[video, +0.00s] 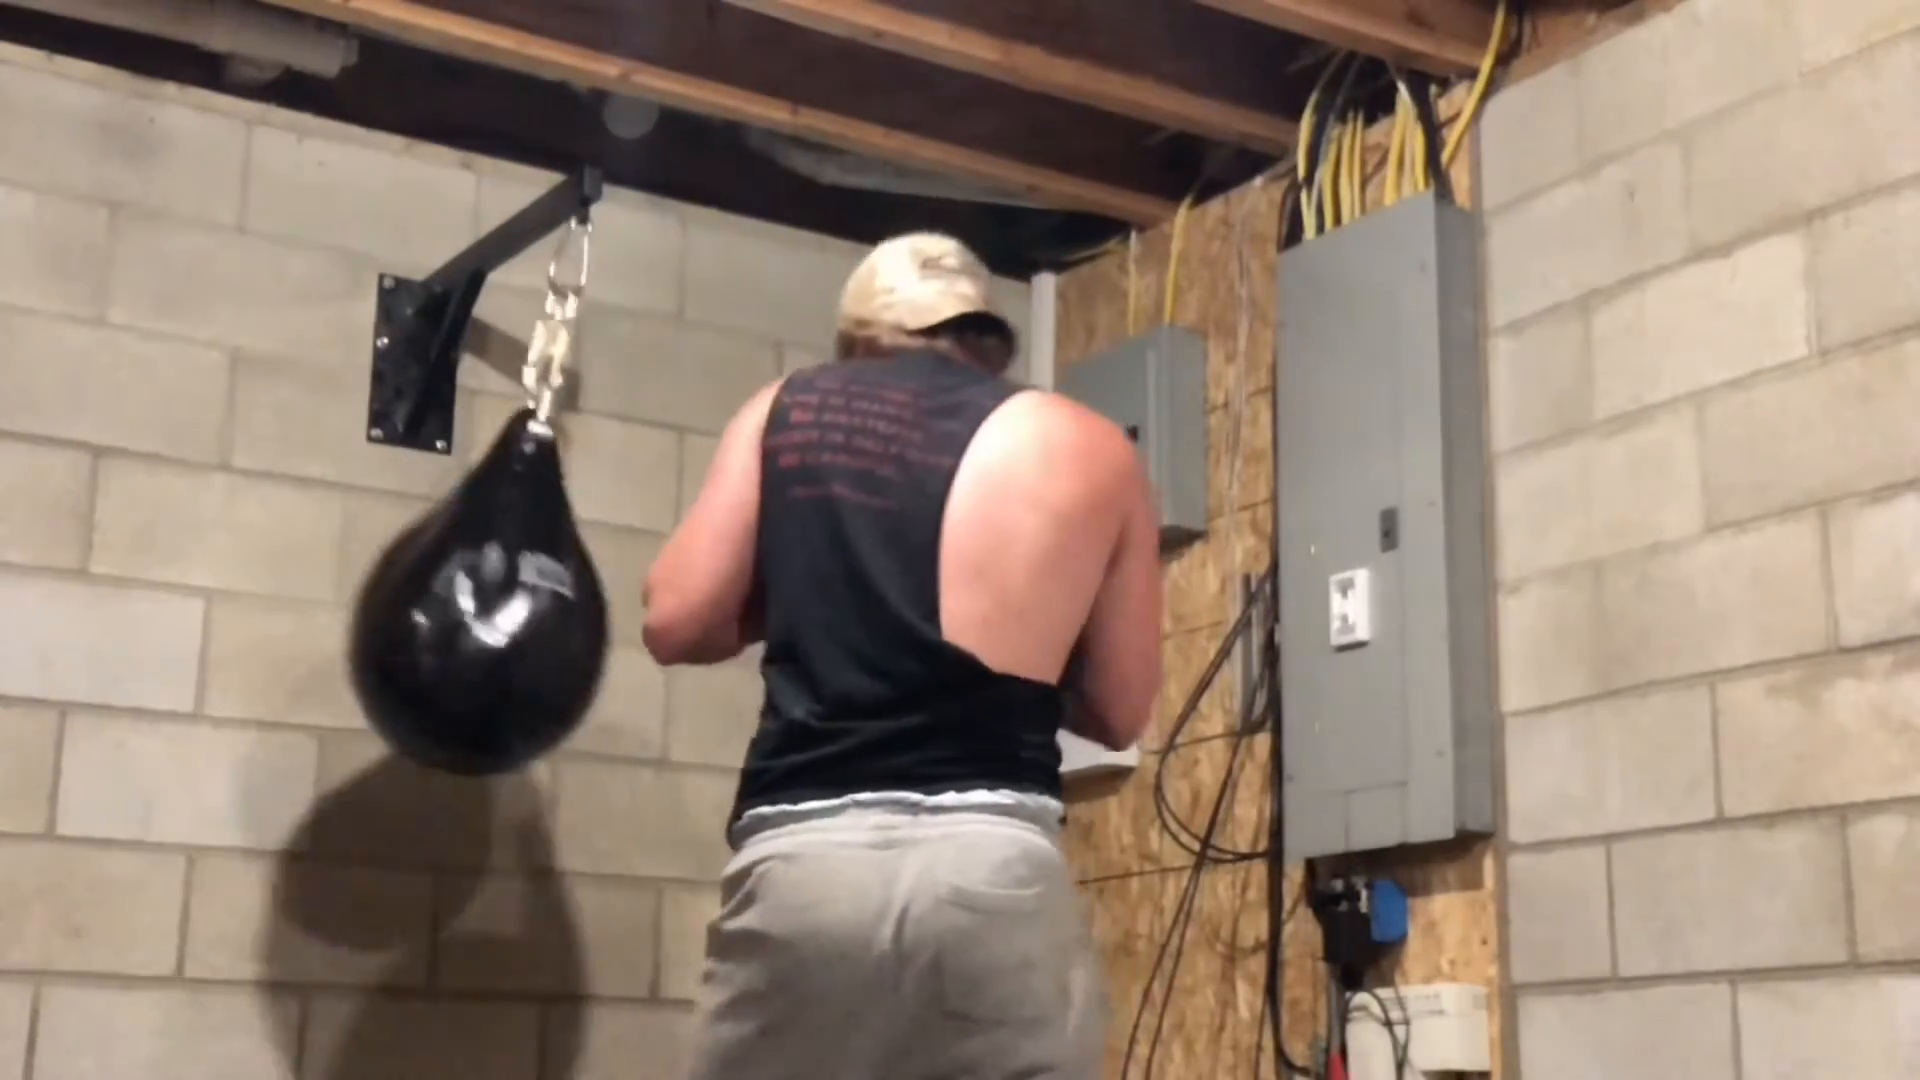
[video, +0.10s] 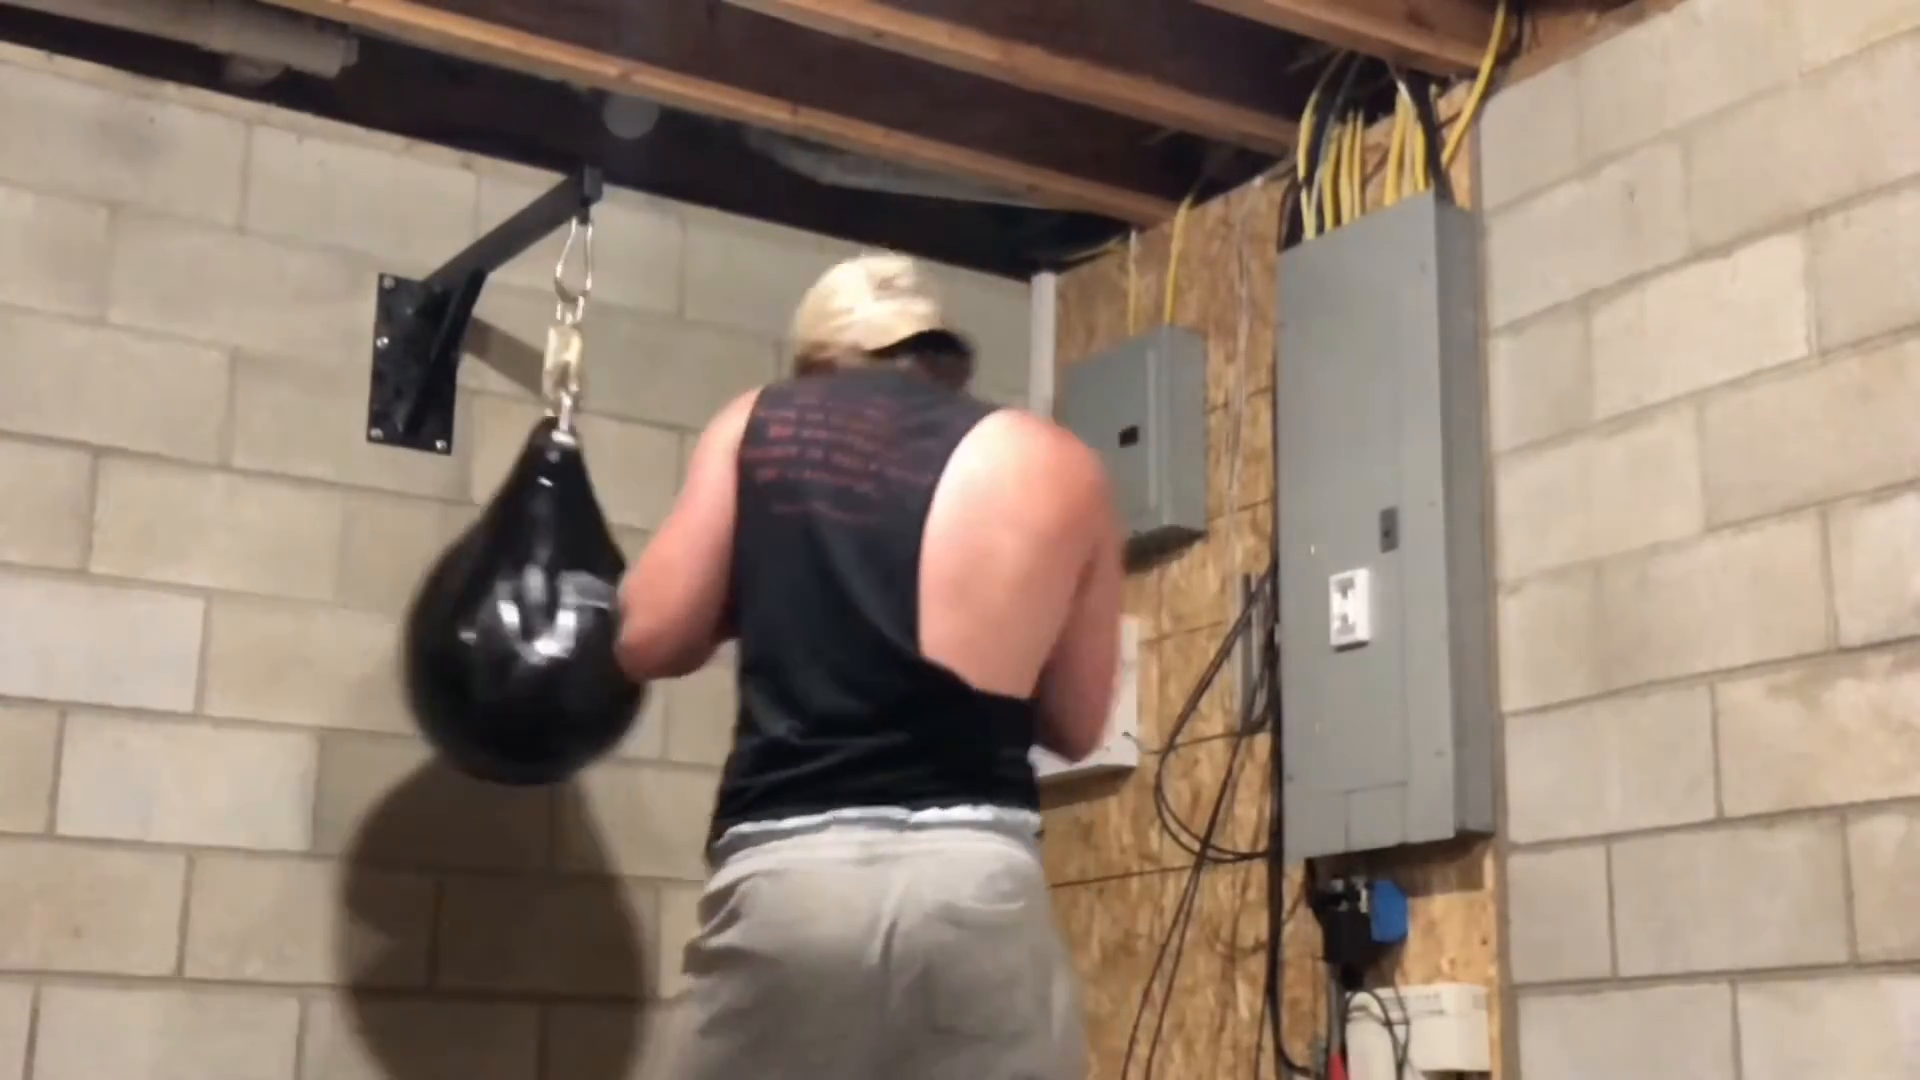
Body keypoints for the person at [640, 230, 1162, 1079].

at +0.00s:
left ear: (854, 339)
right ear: (991, 342)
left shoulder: (778, 412)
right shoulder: (1096, 448)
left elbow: (674, 625)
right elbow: (1119, 711)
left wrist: (798, 578)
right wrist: (1003, 630)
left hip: (802, 868)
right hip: (1003, 872)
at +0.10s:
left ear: (810, 356)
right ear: (947, 357)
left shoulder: (752, 426)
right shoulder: (1062, 466)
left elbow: (648, 639)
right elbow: (1075, 726)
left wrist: (764, 576)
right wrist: (962, 619)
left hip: (783, 884)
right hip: (985, 891)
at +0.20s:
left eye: (739, 392)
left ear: (754, 382)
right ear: (883, 381)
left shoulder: (718, 437)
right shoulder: (1007, 485)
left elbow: (609, 657)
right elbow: (1009, 743)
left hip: (765, 914)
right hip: (965, 914)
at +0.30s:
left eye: (677, 411)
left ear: (695, 402)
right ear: (811, 397)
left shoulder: (684, 449)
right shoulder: (945, 499)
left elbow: (576, 664)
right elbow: (943, 711)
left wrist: (579, 569)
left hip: (757, 924)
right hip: (946, 926)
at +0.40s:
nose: (611, 480)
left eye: (617, 462)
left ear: (639, 437)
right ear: (744, 431)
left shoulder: (656, 475)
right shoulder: (881, 531)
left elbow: (577, 680)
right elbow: (913, 702)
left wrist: (521, 648)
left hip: (765, 925)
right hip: (938, 935)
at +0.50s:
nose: (586, 522)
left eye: (589, 509)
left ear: (601, 488)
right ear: (696, 469)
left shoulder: (633, 513)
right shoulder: (840, 567)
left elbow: (587, 713)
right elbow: (889, 710)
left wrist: (500, 708)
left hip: (763, 930)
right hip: (936, 946)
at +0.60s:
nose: (551, 544)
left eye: (561, 523)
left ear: (579, 514)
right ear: (692, 493)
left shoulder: (585, 552)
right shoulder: (811, 533)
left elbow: (612, 690)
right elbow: (899, 700)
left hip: (742, 907)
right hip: (924, 906)